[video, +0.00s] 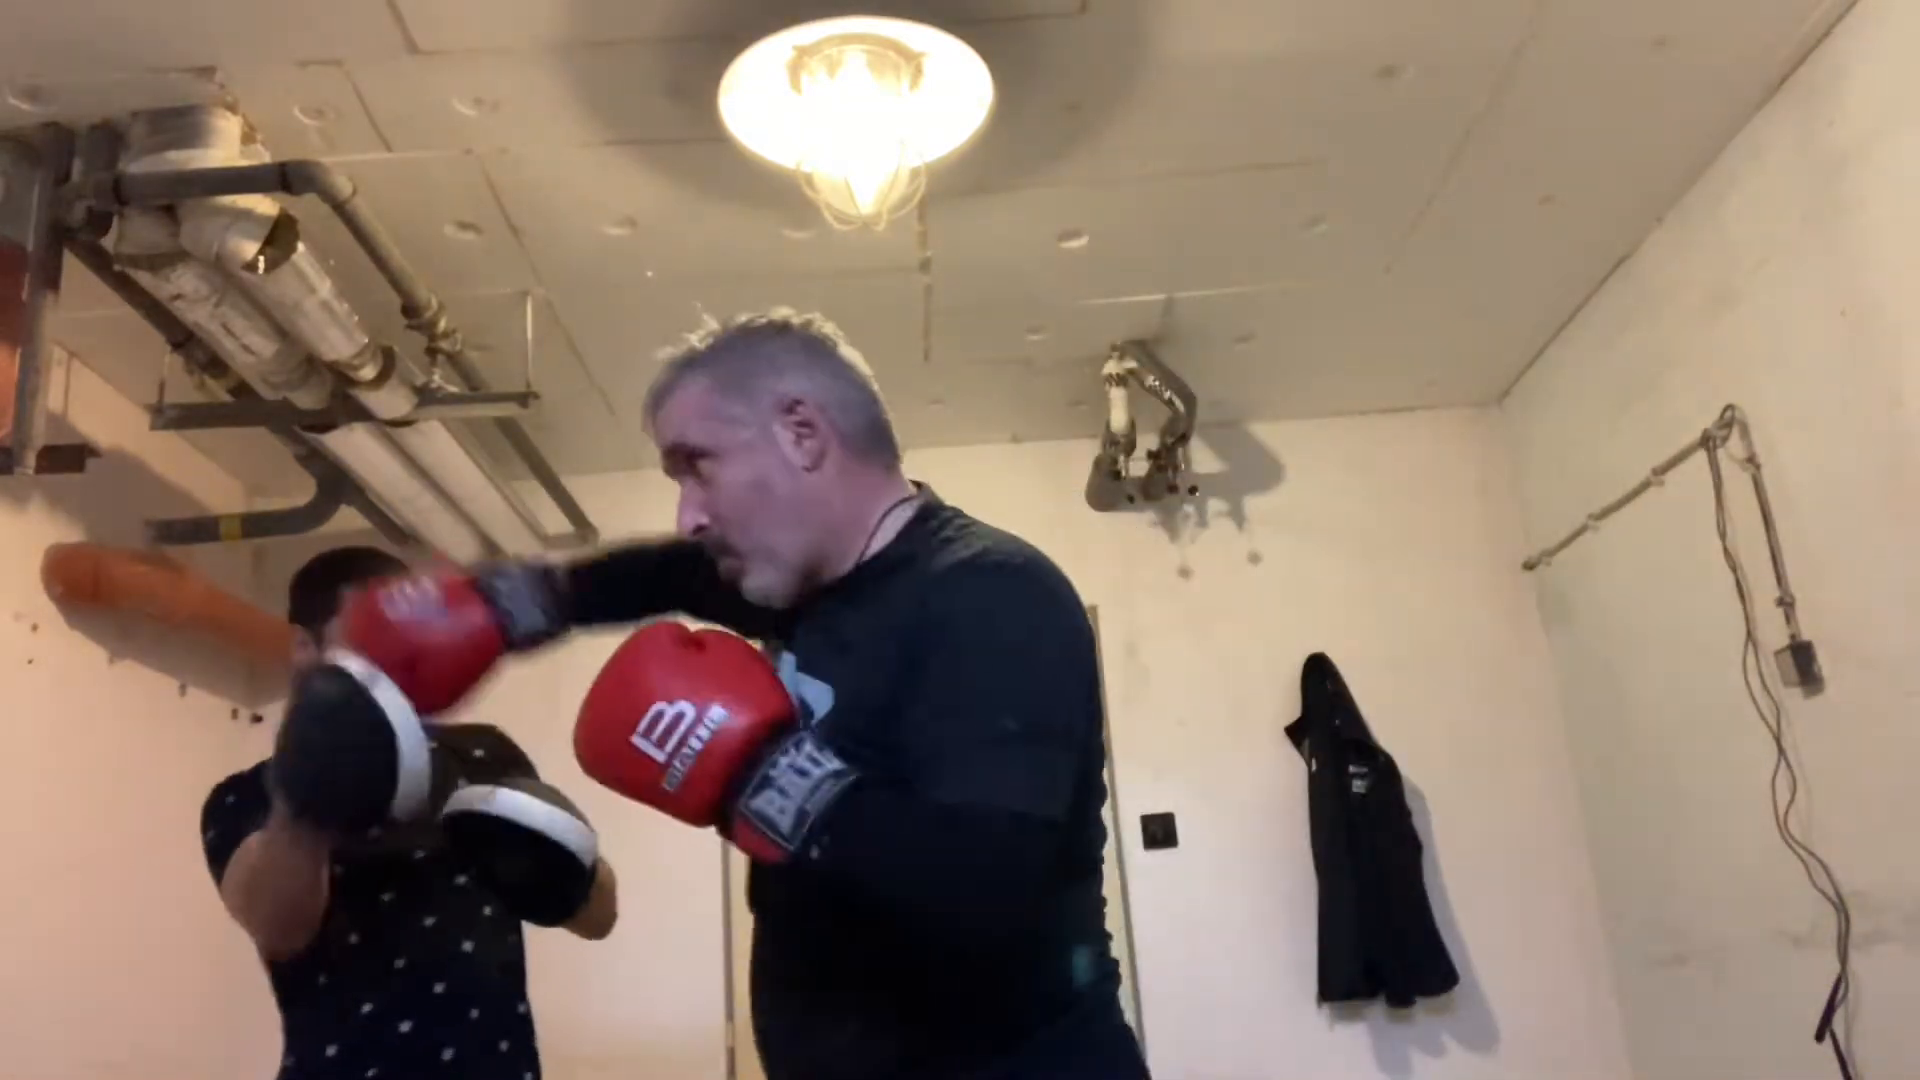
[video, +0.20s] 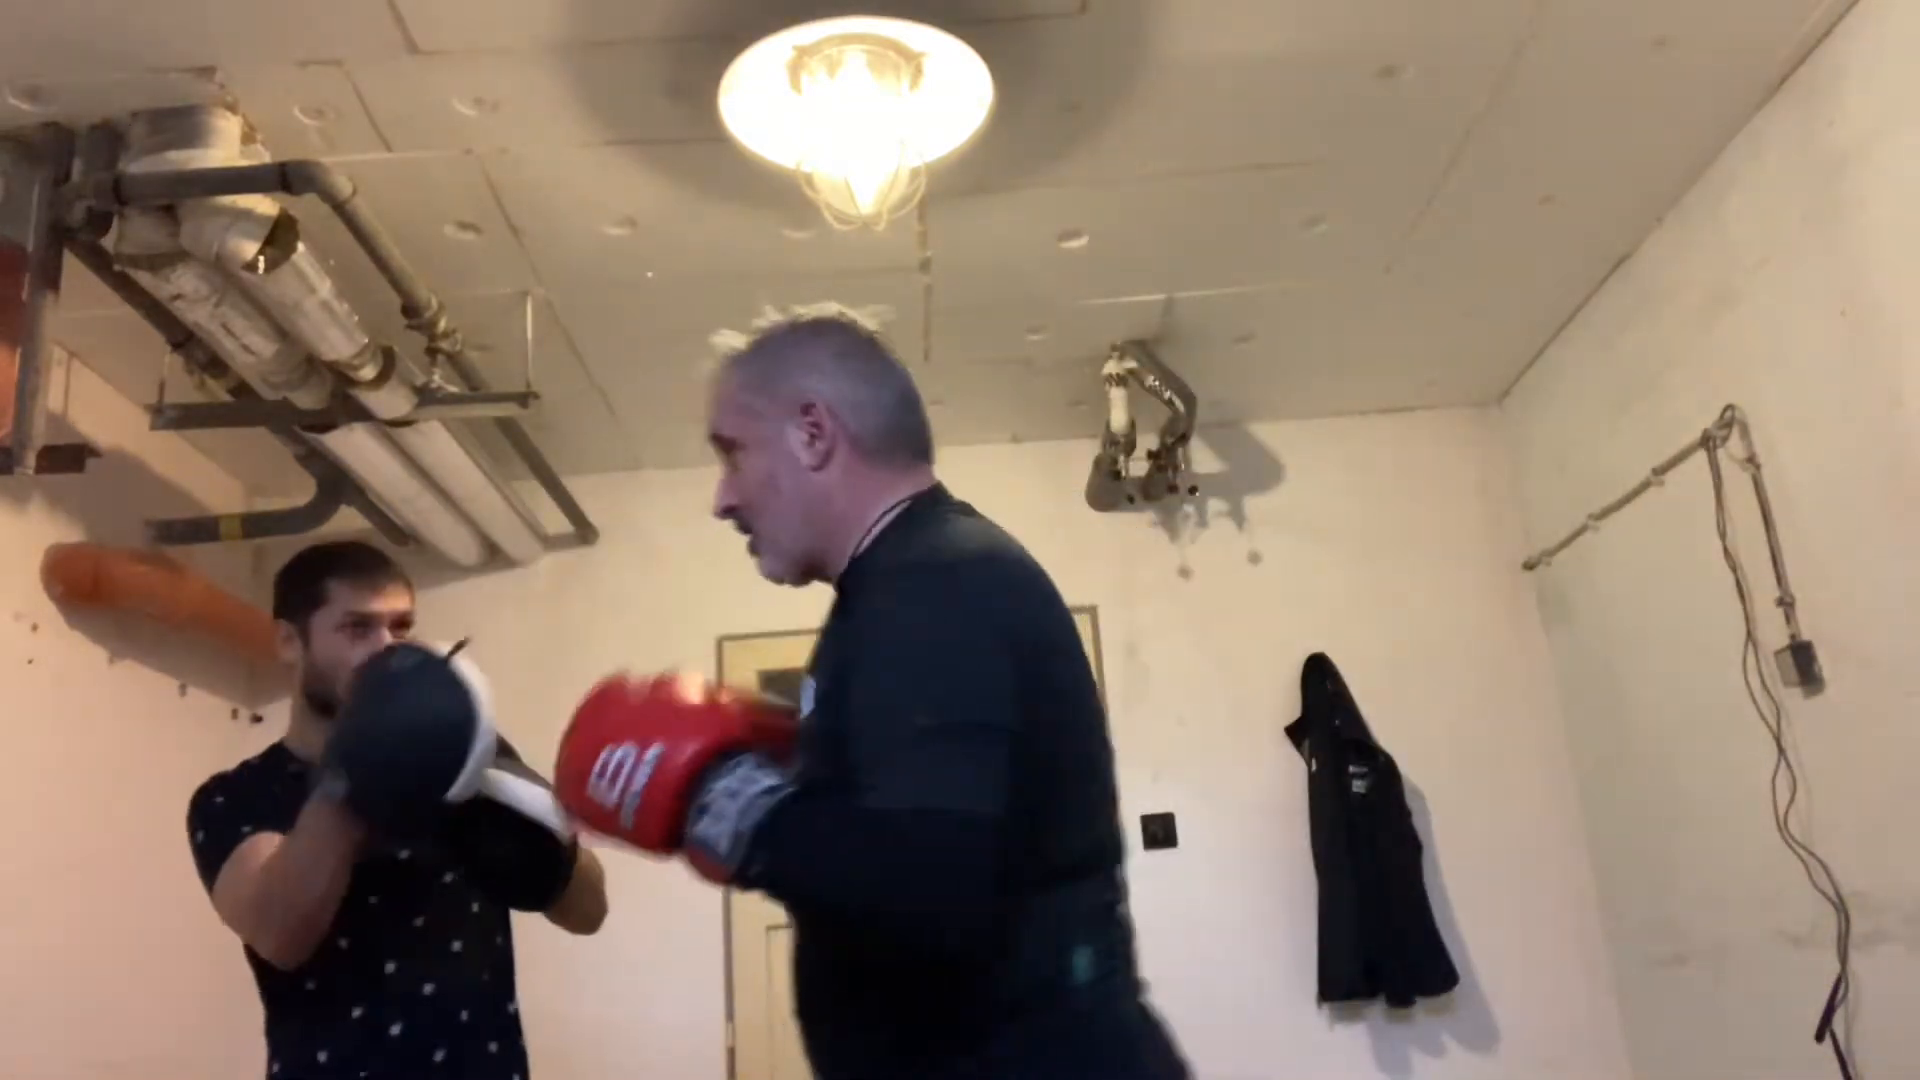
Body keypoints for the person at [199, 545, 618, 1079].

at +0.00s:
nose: (386, 650)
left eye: (401, 625)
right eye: (363, 633)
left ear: (427, 632)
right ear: (305, 649)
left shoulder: (479, 757)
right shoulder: (249, 800)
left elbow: (599, 916)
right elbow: (277, 929)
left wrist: (549, 870)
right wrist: (315, 783)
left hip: (493, 1060)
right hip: (343, 1067)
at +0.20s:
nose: (387, 648)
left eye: (401, 627)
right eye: (357, 628)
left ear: (415, 634)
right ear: (289, 643)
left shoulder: (468, 759)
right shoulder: (237, 800)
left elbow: (587, 912)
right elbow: (280, 933)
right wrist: (353, 767)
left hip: (482, 1063)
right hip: (335, 1069)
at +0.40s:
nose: (433, 637)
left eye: (445, 615)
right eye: (404, 612)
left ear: (458, 627)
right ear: (334, 626)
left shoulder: (470, 766)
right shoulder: (256, 781)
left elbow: (566, 942)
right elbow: (289, 939)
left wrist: (570, 854)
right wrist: (406, 774)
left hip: (488, 1066)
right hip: (342, 1070)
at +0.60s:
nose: (519, 630)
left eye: (529, 610)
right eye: (493, 605)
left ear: (538, 620)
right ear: (416, 616)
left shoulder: (546, 767)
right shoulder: (321, 773)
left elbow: (590, 960)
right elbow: (320, 967)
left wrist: (648, 898)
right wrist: (479, 865)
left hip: (525, 1066)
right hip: (379, 1069)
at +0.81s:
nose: (614, 618)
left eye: (621, 600)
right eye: (589, 593)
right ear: (514, 600)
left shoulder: (627, 766)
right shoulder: (400, 754)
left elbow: (625, 944)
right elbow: (359, 959)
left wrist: (687, 922)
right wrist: (527, 920)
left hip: (584, 1064)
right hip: (434, 1067)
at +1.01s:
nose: (658, 606)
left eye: (665, 588)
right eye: (633, 580)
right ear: (557, 585)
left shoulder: (672, 757)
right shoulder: (442, 740)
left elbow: (707, 961)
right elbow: (394, 949)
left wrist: (757, 910)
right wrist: (564, 899)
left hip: (618, 1065)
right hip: (464, 1066)